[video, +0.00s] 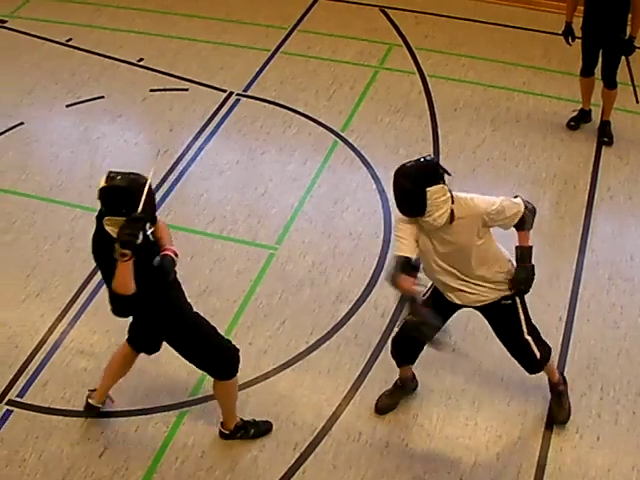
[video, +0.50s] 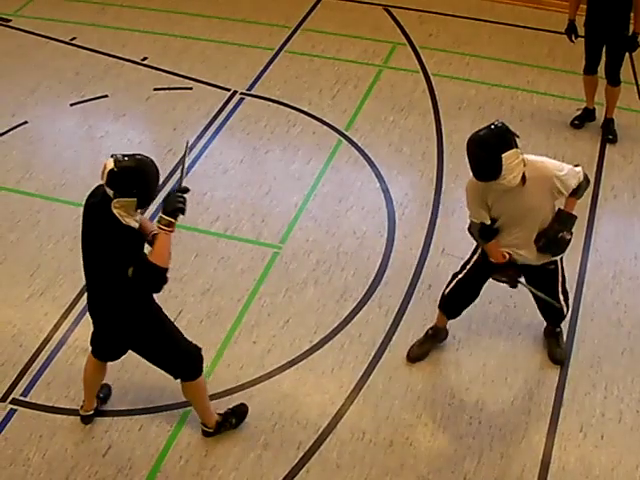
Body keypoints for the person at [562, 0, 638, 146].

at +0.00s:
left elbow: (635, 7)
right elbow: (574, 0)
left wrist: (632, 37)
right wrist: (568, 22)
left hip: (616, 31)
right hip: (591, 28)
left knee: (609, 78)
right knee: (586, 71)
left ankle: (605, 122)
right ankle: (585, 110)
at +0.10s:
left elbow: (636, 7)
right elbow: (575, 0)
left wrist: (633, 36)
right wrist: (569, 22)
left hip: (616, 31)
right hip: (592, 27)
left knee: (610, 78)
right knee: (587, 71)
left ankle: (606, 121)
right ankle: (586, 110)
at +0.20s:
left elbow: (636, 6)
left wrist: (634, 34)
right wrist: (570, 21)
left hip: (617, 30)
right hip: (593, 26)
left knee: (612, 76)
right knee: (588, 70)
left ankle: (608, 121)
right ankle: (587, 109)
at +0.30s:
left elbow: (636, 5)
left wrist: (635, 33)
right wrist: (571, 20)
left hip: (618, 29)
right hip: (593, 26)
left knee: (612, 75)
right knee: (589, 69)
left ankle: (608, 121)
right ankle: (588, 109)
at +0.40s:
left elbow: (636, 6)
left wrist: (635, 33)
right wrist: (571, 21)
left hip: (618, 29)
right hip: (594, 26)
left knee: (613, 75)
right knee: (590, 69)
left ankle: (609, 121)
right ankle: (589, 109)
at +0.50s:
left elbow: (636, 5)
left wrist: (635, 32)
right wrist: (571, 20)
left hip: (618, 28)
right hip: (594, 25)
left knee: (613, 75)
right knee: (589, 69)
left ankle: (609, 120)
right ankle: (589, 109)